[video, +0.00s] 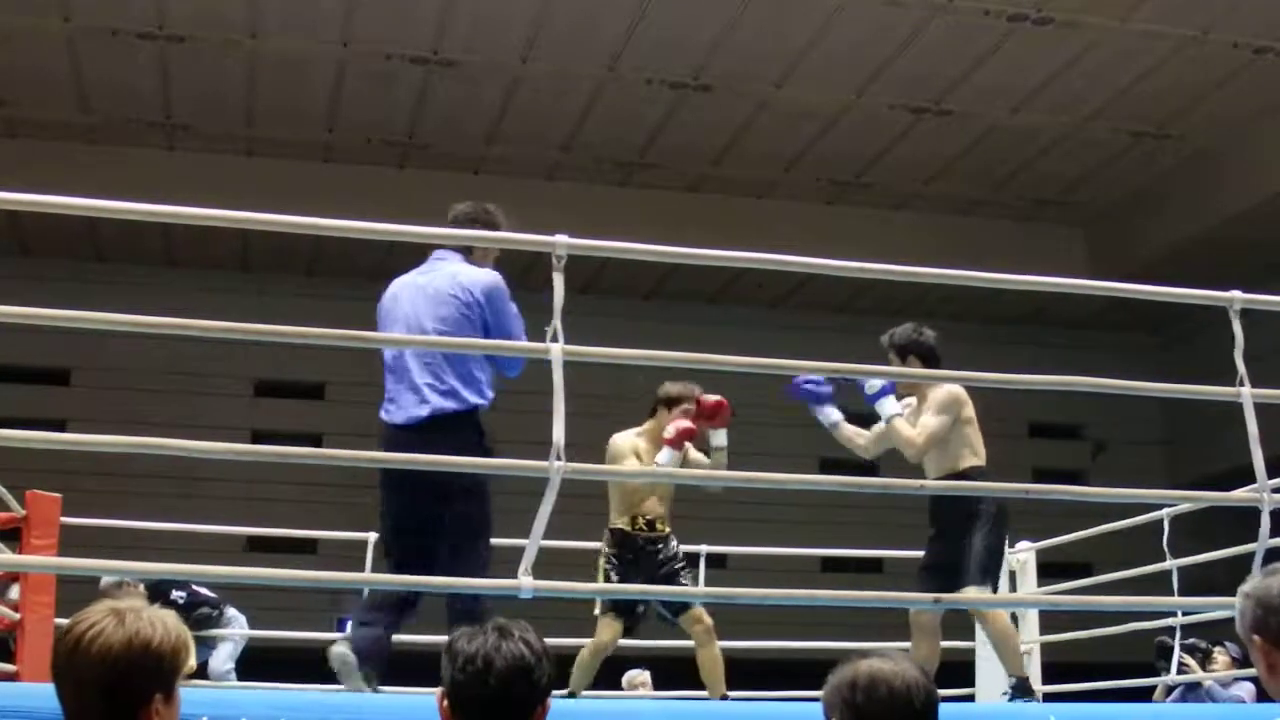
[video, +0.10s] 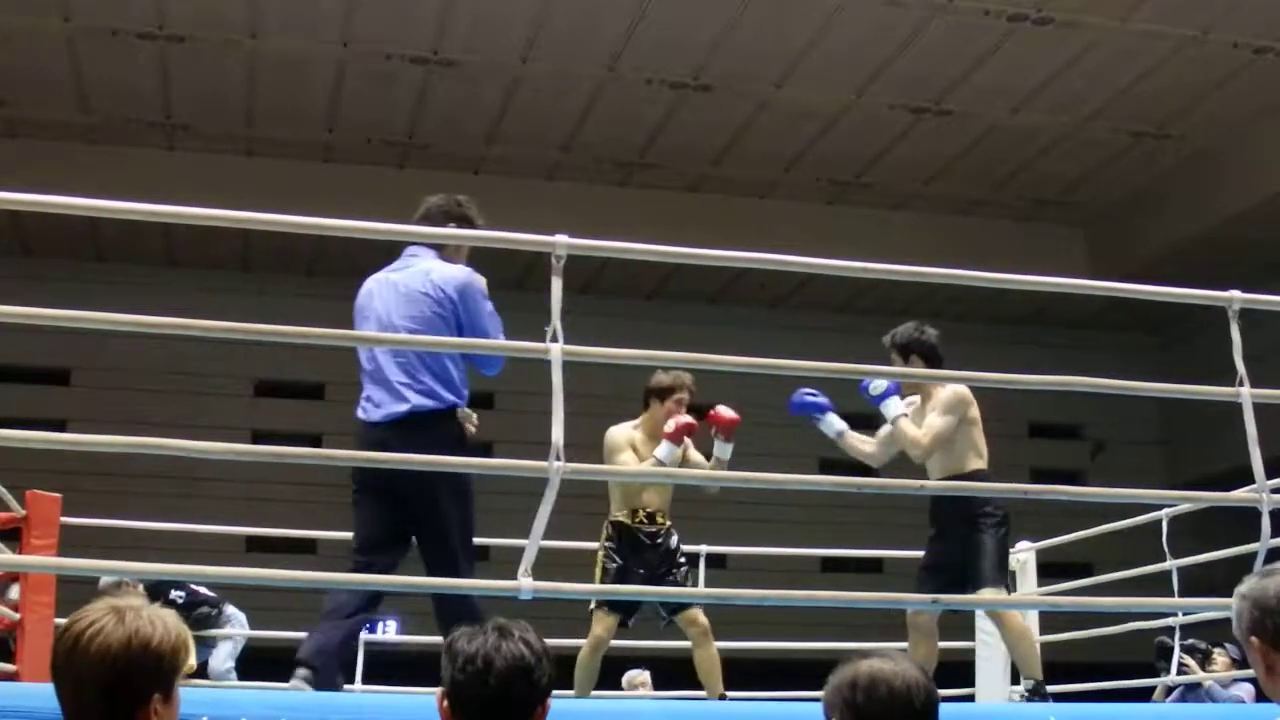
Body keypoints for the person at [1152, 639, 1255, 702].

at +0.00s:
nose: (1213, 656)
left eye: (1221, 653)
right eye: (1211, 653)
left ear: (1234, 663)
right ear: (1206, 659)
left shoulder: (1246, 687)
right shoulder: (1189, 688)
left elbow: (1234, 705)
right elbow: (1158, 710)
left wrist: (1199, 675)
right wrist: (1165, 678)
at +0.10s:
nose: (1213, 657)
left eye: (1220, 655)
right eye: (1211, 654)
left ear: (1234, 665)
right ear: (1206, 660)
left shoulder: (1245, 687)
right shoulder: (1187, 689)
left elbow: (1234, 705)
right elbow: (1156, 711)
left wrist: (1200, 675)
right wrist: (1165, 680)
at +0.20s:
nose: (1213, 660)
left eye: (1221, 657)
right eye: (1211, 657)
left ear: (1233, 667)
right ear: (1206, 663)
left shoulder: (1244, 689)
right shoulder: (1187, 690)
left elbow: (1232, 705)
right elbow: (1156, 711)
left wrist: (1200, 676)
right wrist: (1165, 683)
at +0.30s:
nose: (1213, 662)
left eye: (1220, 659)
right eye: (1211, 658)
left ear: (1232, 668)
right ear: (1206, 664)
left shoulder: (1244, 691)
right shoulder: (1186, 693)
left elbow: (1234, 707)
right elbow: (1154, 711)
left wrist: (1201, 679)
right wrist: (1166, 683)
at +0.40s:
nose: (1215, 665)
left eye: (1221, 662)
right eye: (1212, 662)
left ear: (1233, 670)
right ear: (1206, 669)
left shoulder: (1245, 694)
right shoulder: (1189, 695)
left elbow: (1234, 708)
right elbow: (1155, 708)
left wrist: (1201, 681)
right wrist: (1166, 685)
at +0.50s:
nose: (1215, 667)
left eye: (1221, 664)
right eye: (1213, 664)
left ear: (1234, 672)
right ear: (1207, 669)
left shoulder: (1245, 696)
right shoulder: (1186, 698)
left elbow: (1234, 710)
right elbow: (1152, 712)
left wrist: (1203, 683)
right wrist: (1167, 687)